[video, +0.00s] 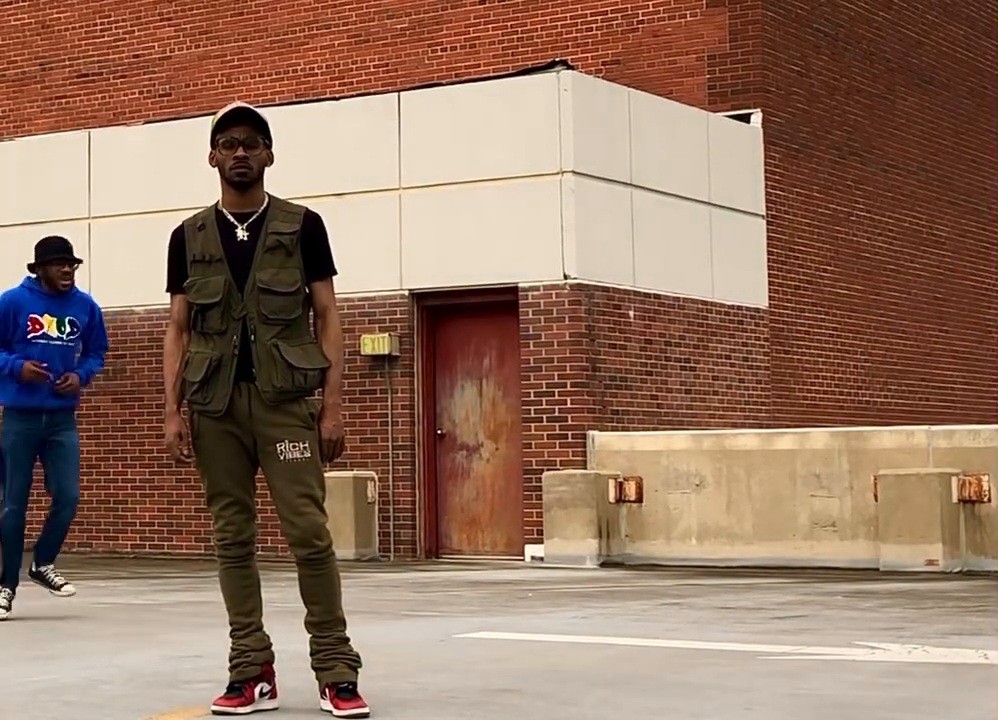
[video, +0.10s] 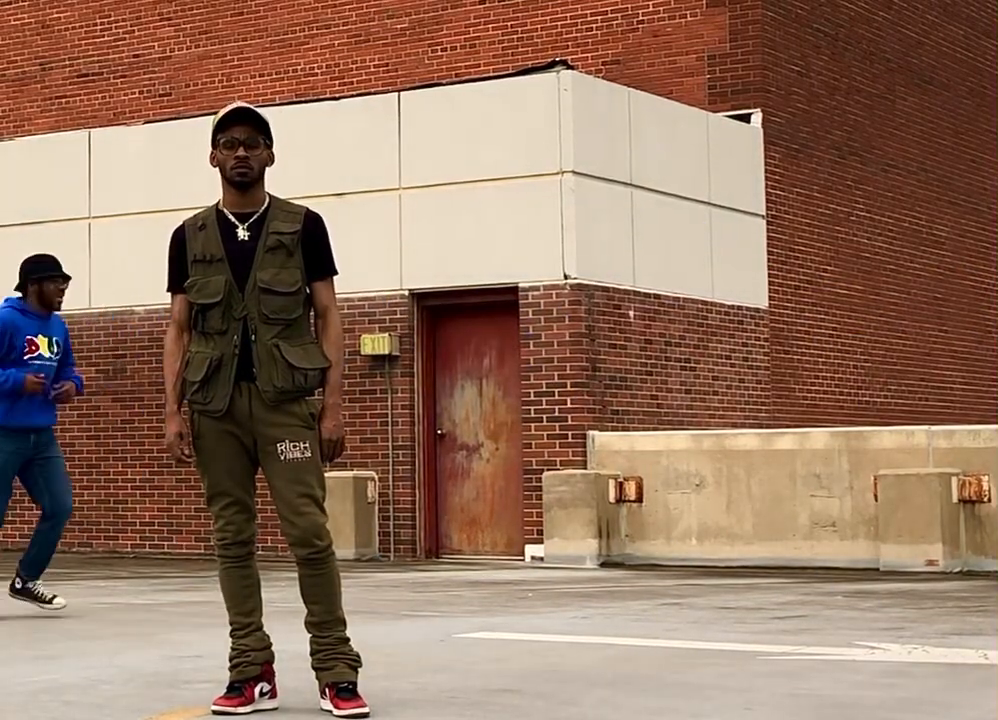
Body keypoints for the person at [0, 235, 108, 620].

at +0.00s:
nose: (68, 271)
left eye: (71, 264)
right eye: (59, 266)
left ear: (75, 266)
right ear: (40, 268)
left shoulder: (85, 305)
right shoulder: (12, 302)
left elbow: (96, 354)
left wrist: (81, 375)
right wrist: (17, 368)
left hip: (62, 419)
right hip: (19, 418)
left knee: (68, 496)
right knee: (14, 504)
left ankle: (42, 563)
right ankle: (6, 583)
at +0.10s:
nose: (63, 289)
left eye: (64, 283)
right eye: (56, 283)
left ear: (49, 287)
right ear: (34, 285)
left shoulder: (58, 326)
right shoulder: (7, 320)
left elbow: (68, 369)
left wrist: (74, 384)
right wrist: (18, 380)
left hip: (41, 439)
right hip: (7, 438)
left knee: (59, 506)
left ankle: (25, 580)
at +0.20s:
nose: (55, 291)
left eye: (56, 284)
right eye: (49, 285)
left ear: (44, 288)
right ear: (26, 286)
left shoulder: (40, 325)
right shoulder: (4, 321)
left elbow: (35, 385)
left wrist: (59, 414)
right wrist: (38, 380)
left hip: (34, 439)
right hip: (5, 438)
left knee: (48, 512)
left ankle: (12, 588)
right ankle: (4, 591)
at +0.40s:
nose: (46, 289)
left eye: (46, 283)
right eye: (41, 283)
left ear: (22, 286)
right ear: (20, 285)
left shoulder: (20, 316)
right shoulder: (8, 314)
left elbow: (45, 350)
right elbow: (50, 350)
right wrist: (66, 314)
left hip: (26, 432)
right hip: (8, 430)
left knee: (40, 508)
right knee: (1, 518)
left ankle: (16, 587)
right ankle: (11, 589)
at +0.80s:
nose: (67, 299)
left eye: (65, 293)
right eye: (61, 294)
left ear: (37, 299)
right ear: (43, 298)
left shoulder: (30, 328)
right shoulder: (36, 329)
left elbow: (78, 359)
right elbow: (83, 359)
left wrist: (73, 325)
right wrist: (82, 322)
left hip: (33, 430)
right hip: (40, 430)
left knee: (42, 512)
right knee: (44, 512)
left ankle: (13, 587)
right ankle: (11, 588)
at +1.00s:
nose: (95, 298)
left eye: (93, 293)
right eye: (89, 293)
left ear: (63, 298)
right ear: (72, 297)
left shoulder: (50, 327)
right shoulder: (66, 322)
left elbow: (65, 393)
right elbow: (81, 353)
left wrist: (107, 396)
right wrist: (114, 338)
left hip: (45, 428)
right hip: (69, 427)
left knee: (38, 511)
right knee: (105, 501)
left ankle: (13, 586)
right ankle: (92, 586)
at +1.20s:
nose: (128, 308)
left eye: (126, 303)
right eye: (123, 303)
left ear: (97, 309)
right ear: (106, 308)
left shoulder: (78, 337)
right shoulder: (104, 332)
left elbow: (99, 391)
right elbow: (106, 369)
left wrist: (135, 383)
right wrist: (151, 376)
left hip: (74, 439)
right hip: (107, 438)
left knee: (58, 513)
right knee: (133, 512)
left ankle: (21, 578)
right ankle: (138, 589)